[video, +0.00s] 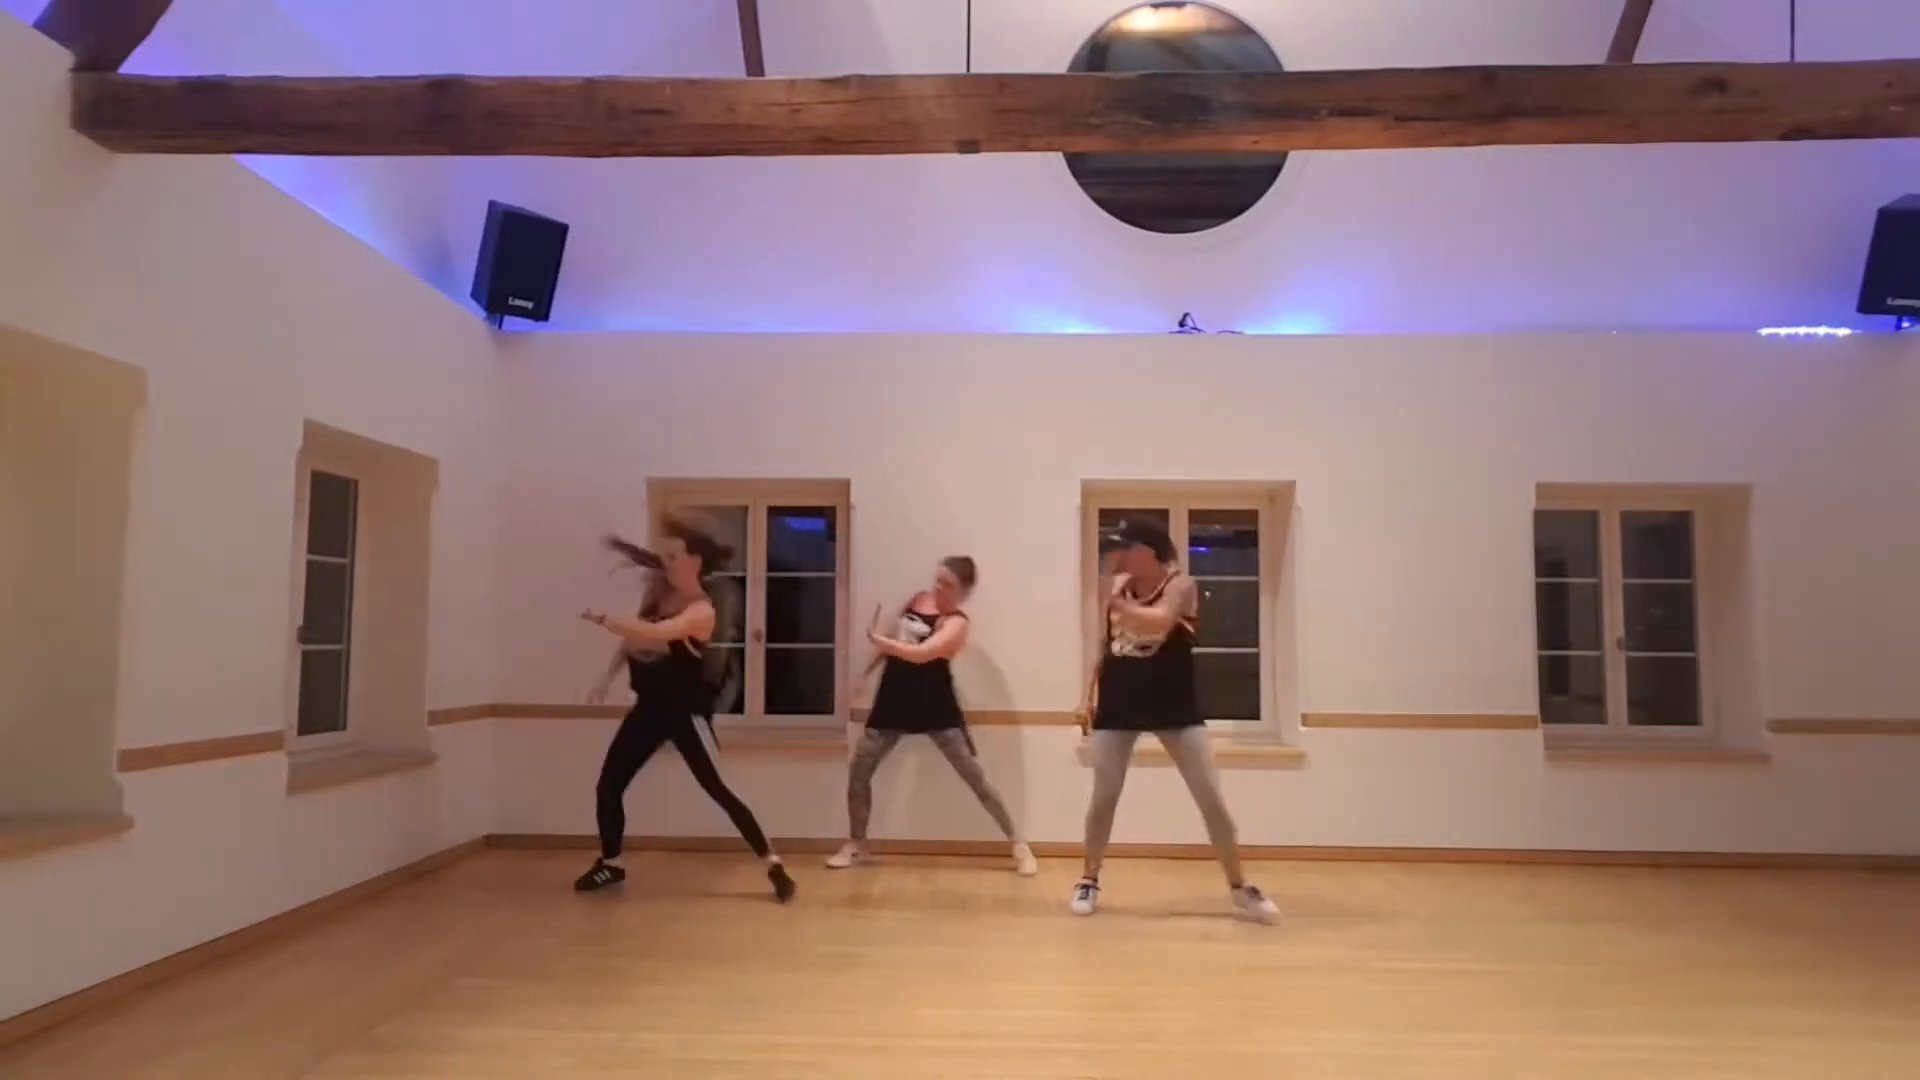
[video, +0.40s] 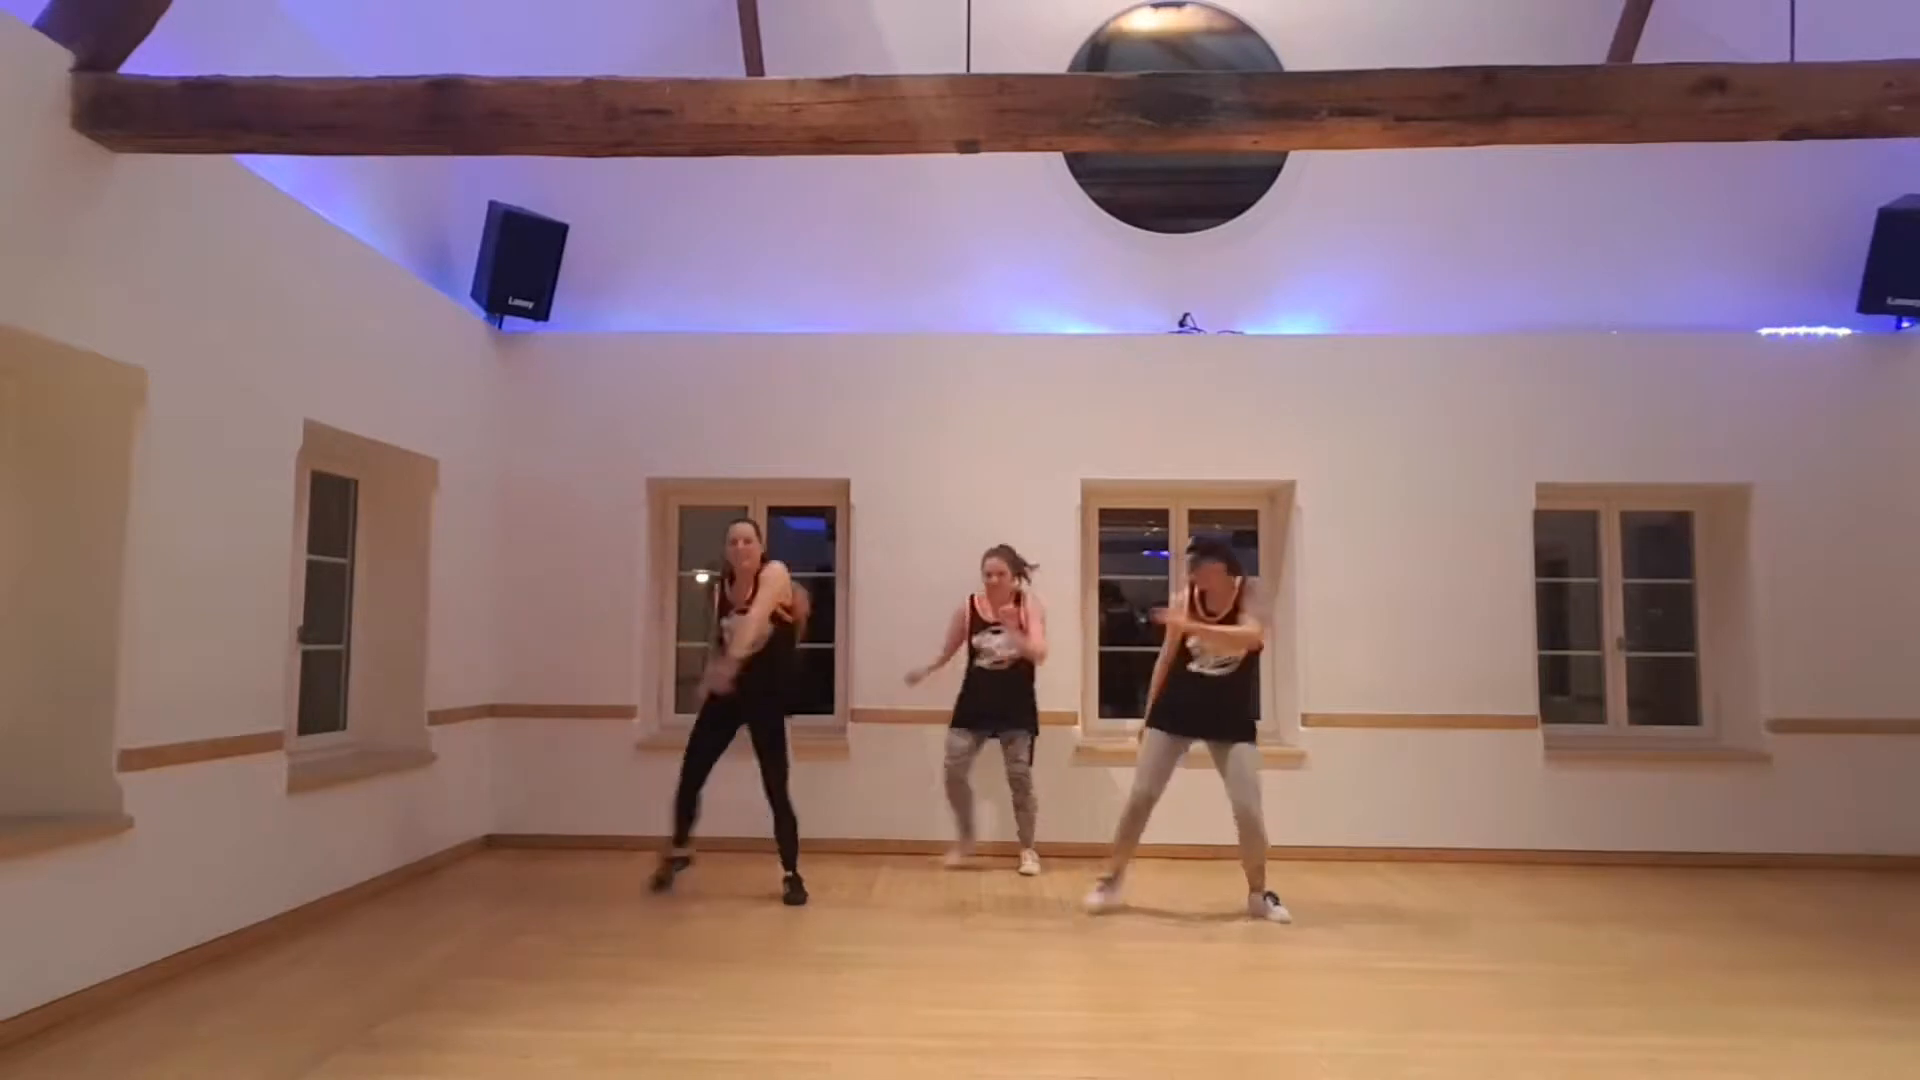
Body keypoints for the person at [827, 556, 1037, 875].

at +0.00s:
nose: (938, 587)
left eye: (946, 584)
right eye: (938, 580)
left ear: (963, 590)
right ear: (935, 578)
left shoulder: (957, 623)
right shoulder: (919, 601)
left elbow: (923, 654)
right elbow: (893, 639)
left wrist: (883, 643)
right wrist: (865, 676)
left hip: (934, 704)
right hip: (894, 699)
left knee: (973, 775)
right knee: (860, 769)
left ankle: (1017, 844)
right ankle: (856, 843)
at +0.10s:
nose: (962, 597)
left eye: (970, 594)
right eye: (962, 591)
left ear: (988, 600)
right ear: (959, 588)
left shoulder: (981, 633)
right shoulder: (944, 610)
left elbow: (940, 644)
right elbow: (920, 642)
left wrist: (895, 639)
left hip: (962, 714)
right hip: (922, 711)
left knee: (992, 782)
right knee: (881, 775)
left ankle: (1025, 849)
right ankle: (858, 845)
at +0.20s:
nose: (983, 601)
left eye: (991, 596)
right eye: (981, 594)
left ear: (1008, 598)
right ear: (977, 590)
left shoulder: (1006, 632)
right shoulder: (961, 611)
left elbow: (977, 651)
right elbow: (933, 650)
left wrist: (935, 648)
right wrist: (904, 695)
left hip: (990, 710)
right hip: (951, 708)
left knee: (1009, 781)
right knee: (910, 776)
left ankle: (1028, 851)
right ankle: (871, 842)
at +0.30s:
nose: (991, 591)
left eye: (998, 586)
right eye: (987, 584)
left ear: (1015, 587)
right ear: (982, 583)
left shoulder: (1022, 622)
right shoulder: (966, 613)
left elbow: (1012, 664)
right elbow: (943, 656)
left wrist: (980, 657)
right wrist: (916, 696)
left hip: (1007, 707)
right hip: (967, 704)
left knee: (1017, 778)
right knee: (928, 767)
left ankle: (1028, 851)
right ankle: (917, 846)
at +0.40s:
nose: (991, 581)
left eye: (998, 575)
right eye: (987, 575)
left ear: (1015, 577)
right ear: (981, 576)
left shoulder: (1028, 607)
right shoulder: (970, 608)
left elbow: (1039, 653)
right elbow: (949, 651)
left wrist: (1015, 634)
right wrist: (925, 670)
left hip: (1015, 702)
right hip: (975, 700)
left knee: (1019, 775)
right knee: (954, 768)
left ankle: (1027, 849)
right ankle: (965, 841)